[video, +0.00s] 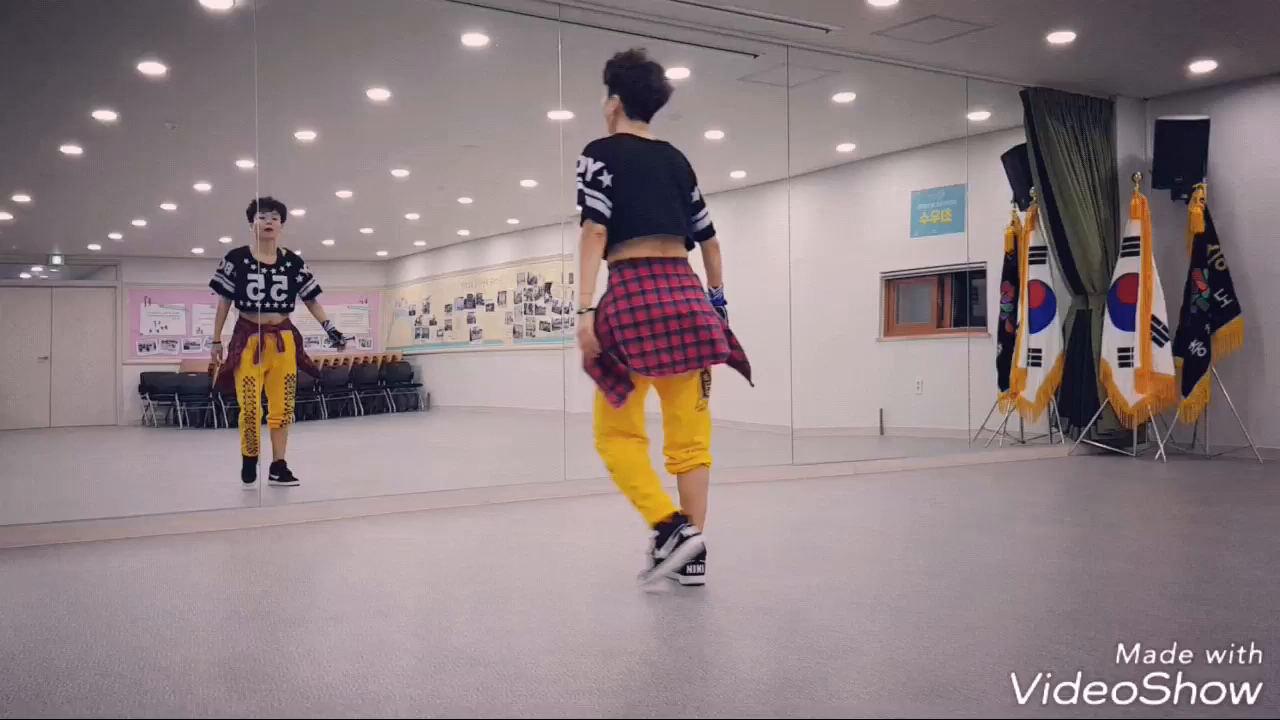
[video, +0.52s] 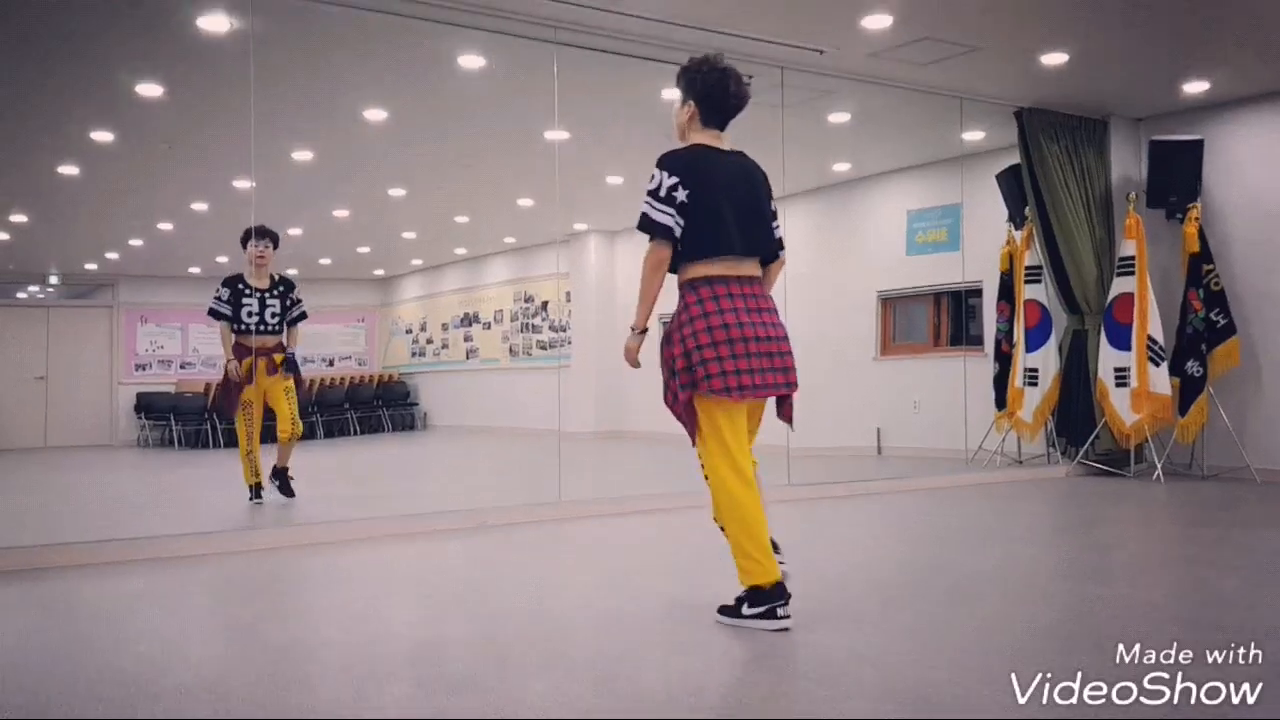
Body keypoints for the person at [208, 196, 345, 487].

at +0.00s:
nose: (269, 223)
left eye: (274, 219)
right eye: (262, 218)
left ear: (282, 225)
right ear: (252, 224)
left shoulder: (292, 261)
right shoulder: (237, 259)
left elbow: (311, 299)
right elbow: (224, 302)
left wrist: (330, 328)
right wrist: (216, 340)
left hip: (283, 337)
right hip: (247, 337)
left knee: (282, 406)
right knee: (249, 408)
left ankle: (279, 464)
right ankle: (249, 459)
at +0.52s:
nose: (261, 252)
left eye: (266, 247)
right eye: (255, 246)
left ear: (274, 252)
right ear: (246, 251)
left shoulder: (285, 286)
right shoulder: (231, 285)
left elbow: (293, 324)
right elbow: (224, 325)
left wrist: (290, 352)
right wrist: (229, 357)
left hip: (278, 361)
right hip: (245, 362)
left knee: (291, 428)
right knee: (248, 431)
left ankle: (280, 470)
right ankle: (254, 485)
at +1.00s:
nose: (268, 278)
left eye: (273, 273)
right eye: (262, 273)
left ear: (279, 278)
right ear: (253, 276)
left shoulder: (283, 313)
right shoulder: (239, 304)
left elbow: (284, 354)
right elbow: (224, 341)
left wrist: (288, 383)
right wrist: (225, 381)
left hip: (275, 381)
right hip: (246, 380)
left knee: (285, 442)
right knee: (248, 447)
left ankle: (293, 503)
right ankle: (250, 507)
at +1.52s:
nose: (273, 283)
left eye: (278, 279)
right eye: (267, 279)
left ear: (284, 286)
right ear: (256, 285)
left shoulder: (297, 317)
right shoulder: (243, 320)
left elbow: (313, 352)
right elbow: (239, 359)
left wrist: (304, 379)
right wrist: (256, 383)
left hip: (288, 396)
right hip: (253, 395)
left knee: (285, 458)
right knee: (236, 456)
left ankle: (274, 507)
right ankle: (248, 504)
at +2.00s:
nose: (265, 279)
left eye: (269, 274)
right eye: (258, 274)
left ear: (275, 280)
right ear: (247, 279)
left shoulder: (276, 315)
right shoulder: (236, 308)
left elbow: (280, 357)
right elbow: (223, 347)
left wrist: (286, 385)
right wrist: (233, 386)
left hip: (274, 383)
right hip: (248, 382)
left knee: (280, 454)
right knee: (254, 454)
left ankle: (267, 505)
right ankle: (238, 508)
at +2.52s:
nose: (252, 285)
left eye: (257, 281)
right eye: (246, 281)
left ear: (263, 286)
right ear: (236, 287)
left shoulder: (277, 319)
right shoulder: (224, 321)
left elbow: (292, 355)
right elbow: (206, 355)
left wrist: (277, 384)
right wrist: (230, 373)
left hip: (263, 399)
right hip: (228, 400)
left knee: (267, 468)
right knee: (229, 466)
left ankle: (262, 514)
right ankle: (233, 519)